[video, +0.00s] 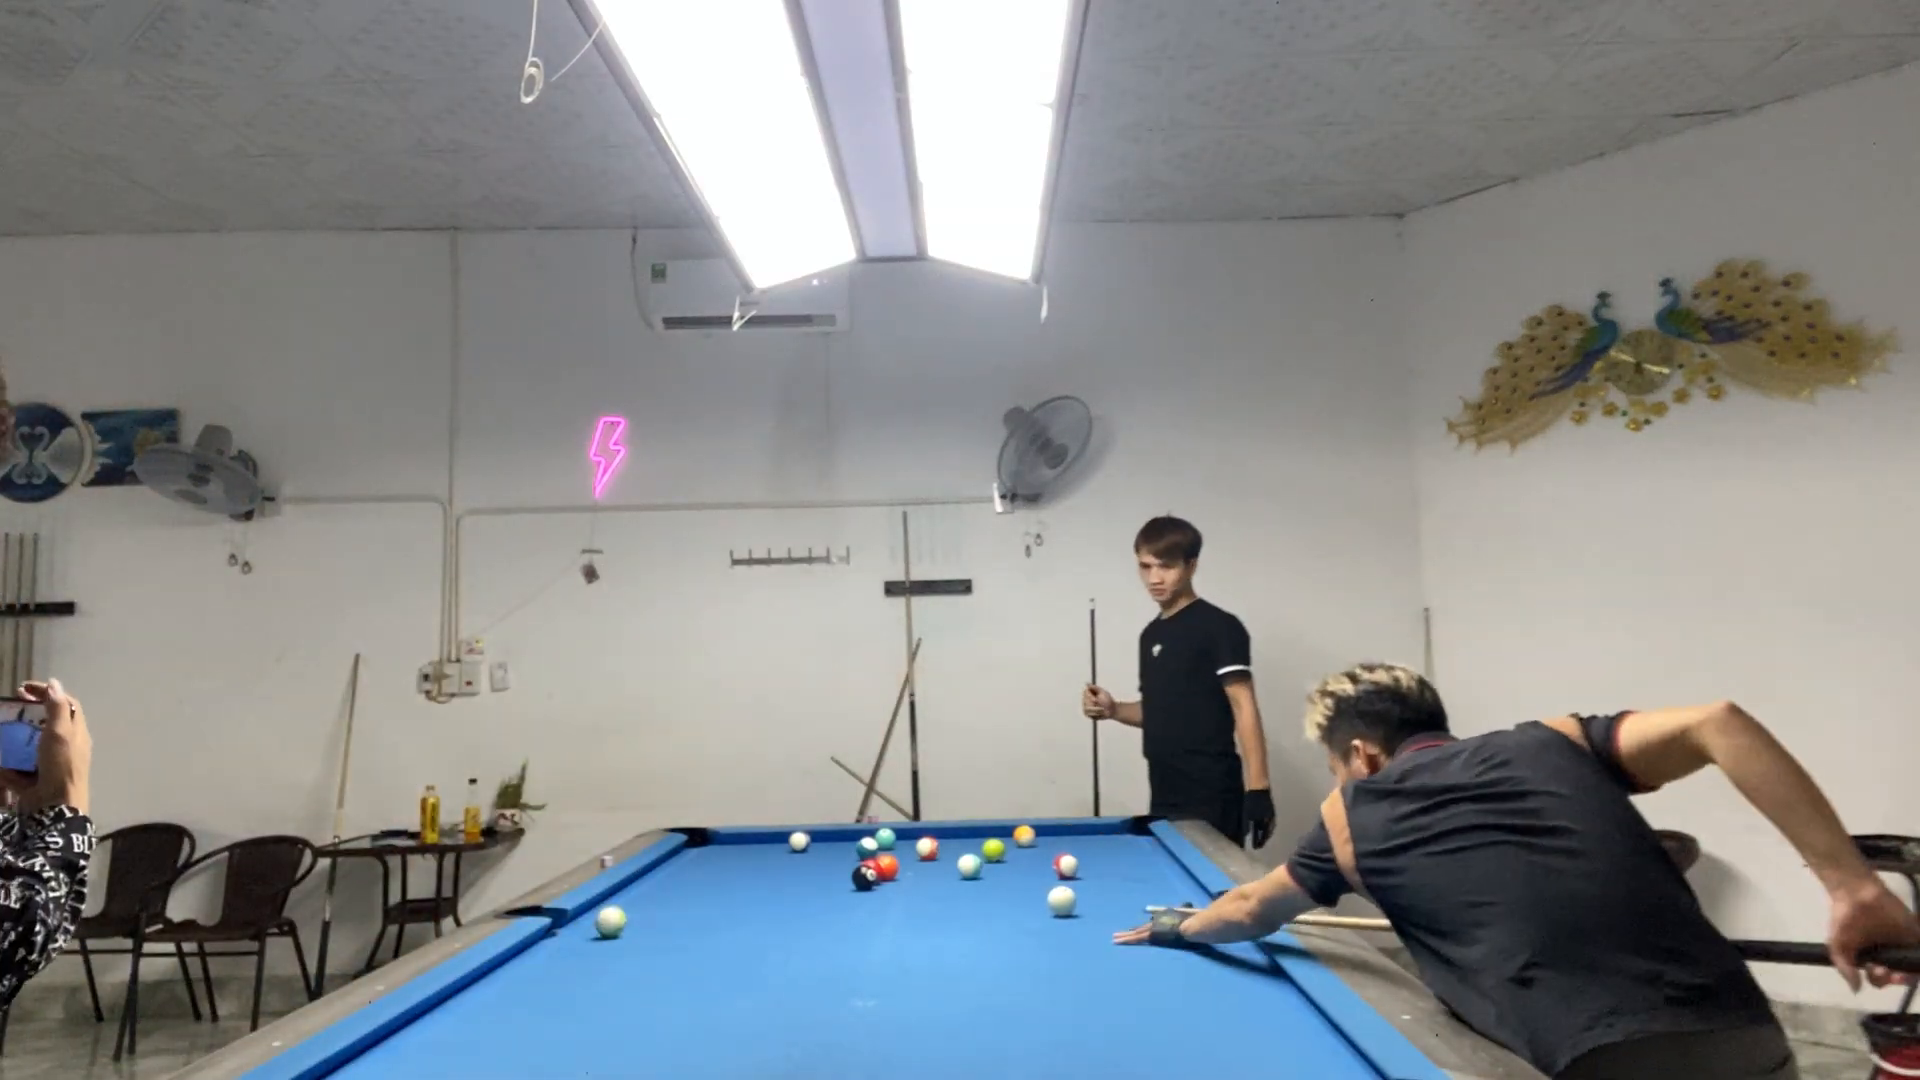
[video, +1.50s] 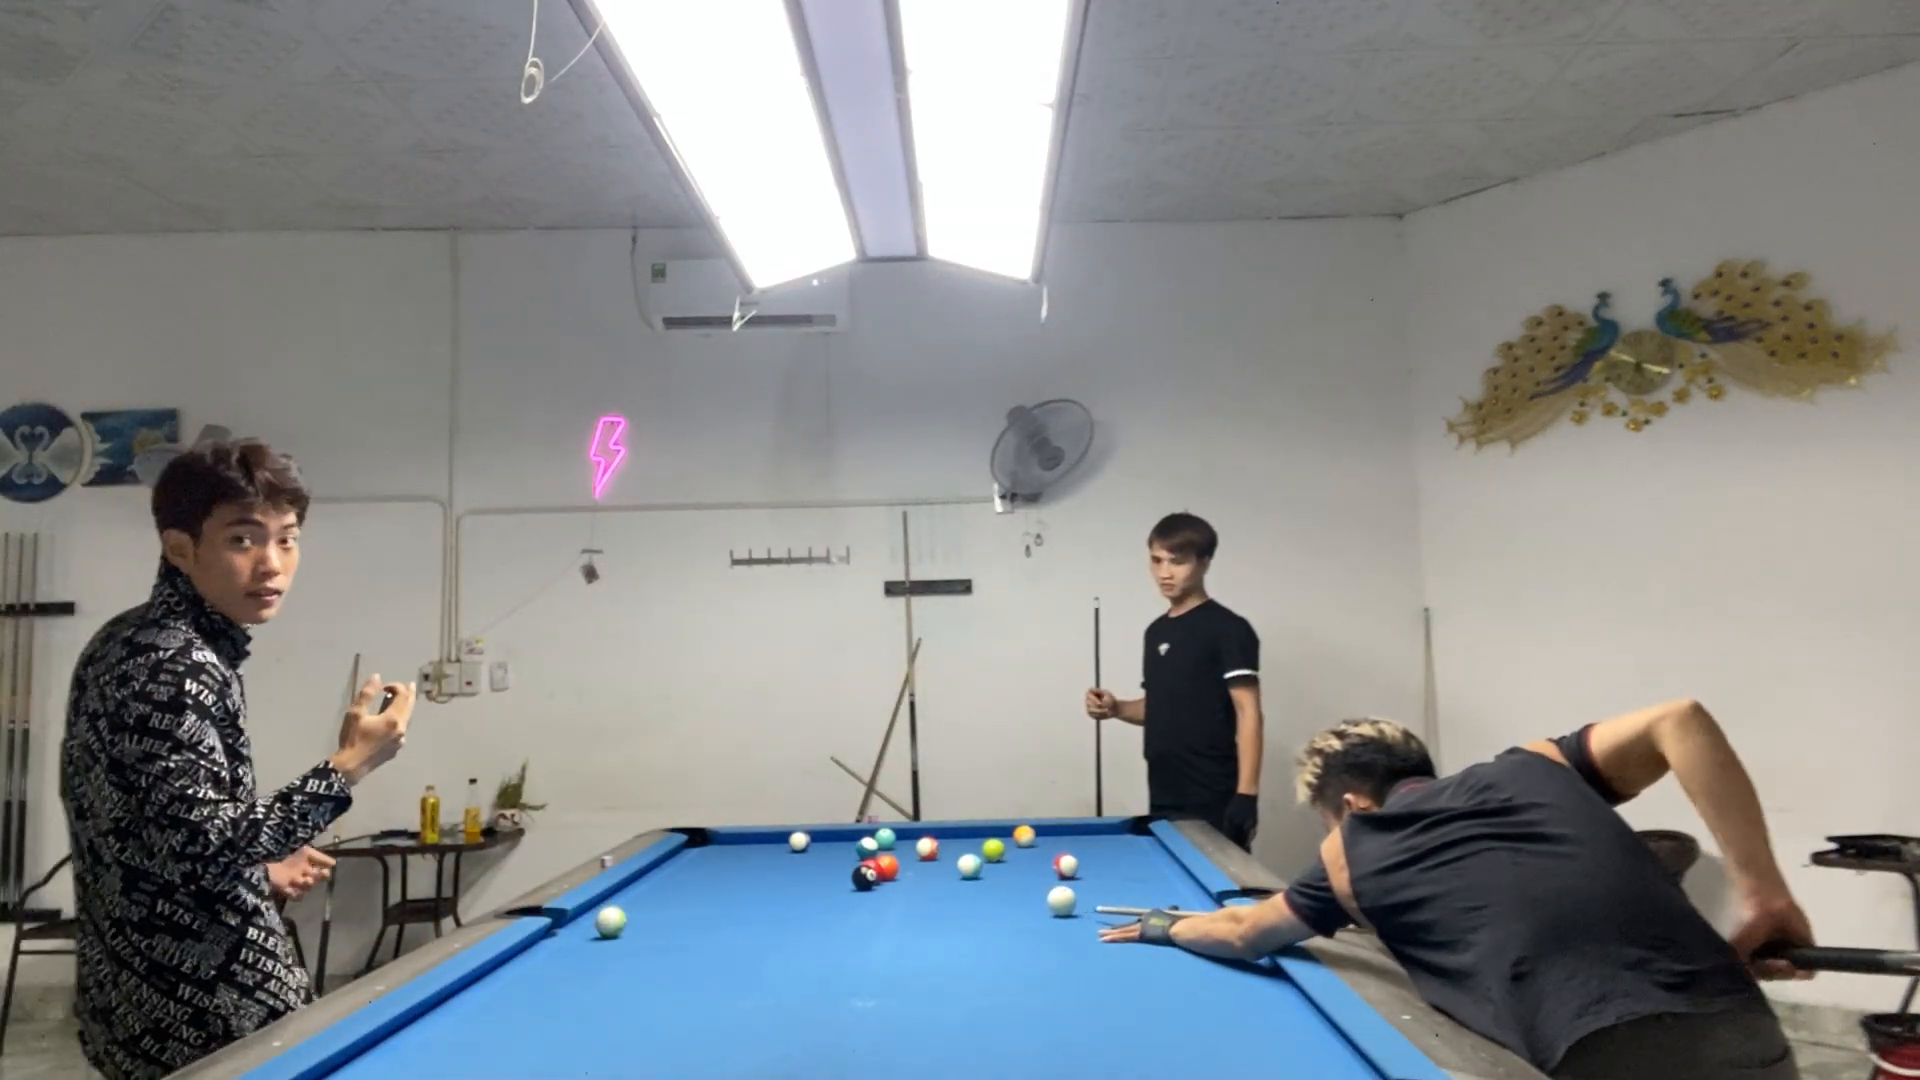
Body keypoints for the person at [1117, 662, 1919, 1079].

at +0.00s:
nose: (1329, 787)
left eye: (1328, 770)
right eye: (1327, 773)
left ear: (1360, 757)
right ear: (1436, 727)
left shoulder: (1353, 810)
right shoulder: (1555, 737)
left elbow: (1245, 910)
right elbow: (1717, 723)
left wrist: (1175, 927)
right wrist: (1852, 881)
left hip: (1607, 1062)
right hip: (1745, 1042)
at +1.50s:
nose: (1328, 832)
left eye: (1323, 819)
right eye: (1323, 822)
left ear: (1349, 802)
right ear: (1424, 774)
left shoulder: (1351, 848)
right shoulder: (1534, 760)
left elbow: (1243, 931)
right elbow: (1681, 721)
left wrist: (1174, 924)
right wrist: (1766, 889)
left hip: (1610, 1053)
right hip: (1743, 1033)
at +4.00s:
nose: (1705, 551)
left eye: (1715, 527)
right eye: (1711, 528)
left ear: (1746, 531)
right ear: (1846, 565)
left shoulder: (1630, 625)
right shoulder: (1899, 691)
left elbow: (1532, 796)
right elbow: (1899, 870)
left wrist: (1449, 936)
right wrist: (1891, 987)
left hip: (1651, 1026)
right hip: (1835, 1037)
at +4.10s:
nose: (1709, 551)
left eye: (1717, 528)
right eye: (1714, 529)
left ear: (1747, 532)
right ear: (1846, 568)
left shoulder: (1630, 625)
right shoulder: (1903, 693)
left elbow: (1533, 796)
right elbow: (1915, 879)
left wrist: (1450, 935)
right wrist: (1893, 991)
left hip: (1653, 1027)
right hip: (1842, 1041)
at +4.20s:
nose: (1710, 555)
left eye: (1718, 530)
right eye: (1716, 532)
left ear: (1748, 533)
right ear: (1849, 571)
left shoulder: (1630, 624)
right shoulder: (1900, 692)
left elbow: (1533, 796)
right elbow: (1905, 870)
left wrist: (1450, 933)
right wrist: (1891, 986)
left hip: (1654, 1026)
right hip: (1842, 1036)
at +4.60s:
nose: (1721, 565)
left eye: (1729, 540)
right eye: (1727, 542)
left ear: (1760, 540)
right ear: (1858, 579)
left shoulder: (1638, 627)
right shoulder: (1905, 694)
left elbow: (1535, 796)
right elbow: (1901, 874)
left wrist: (1446, 933)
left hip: (1667, 1029)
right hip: (1856, 1040)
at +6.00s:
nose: (1659, 514)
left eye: (1665, 490)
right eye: (1658, 491)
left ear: (1724, 501)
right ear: (1815, 505)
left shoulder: (1638, 632)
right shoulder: (1901, 653)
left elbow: (1542, 831)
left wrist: (1464, 944)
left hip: (1696, 1050)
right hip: (1879, 1046)